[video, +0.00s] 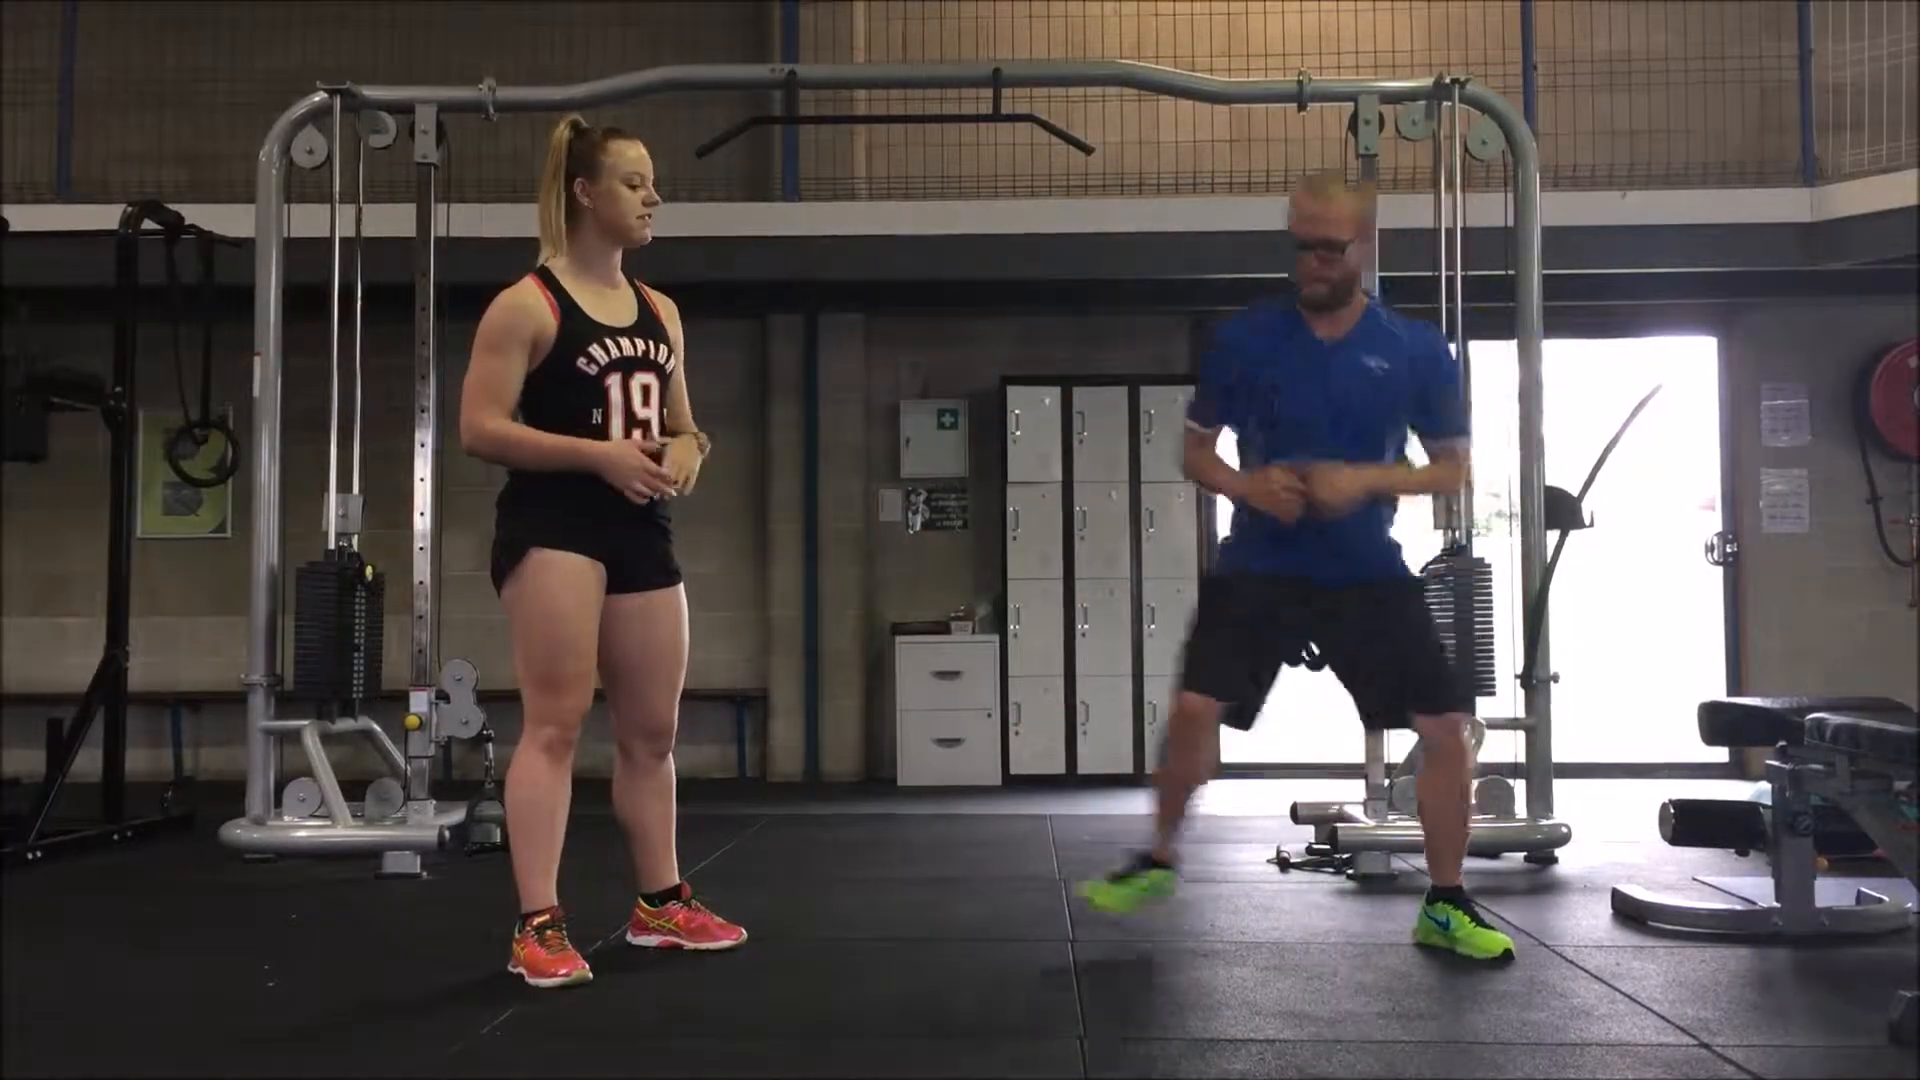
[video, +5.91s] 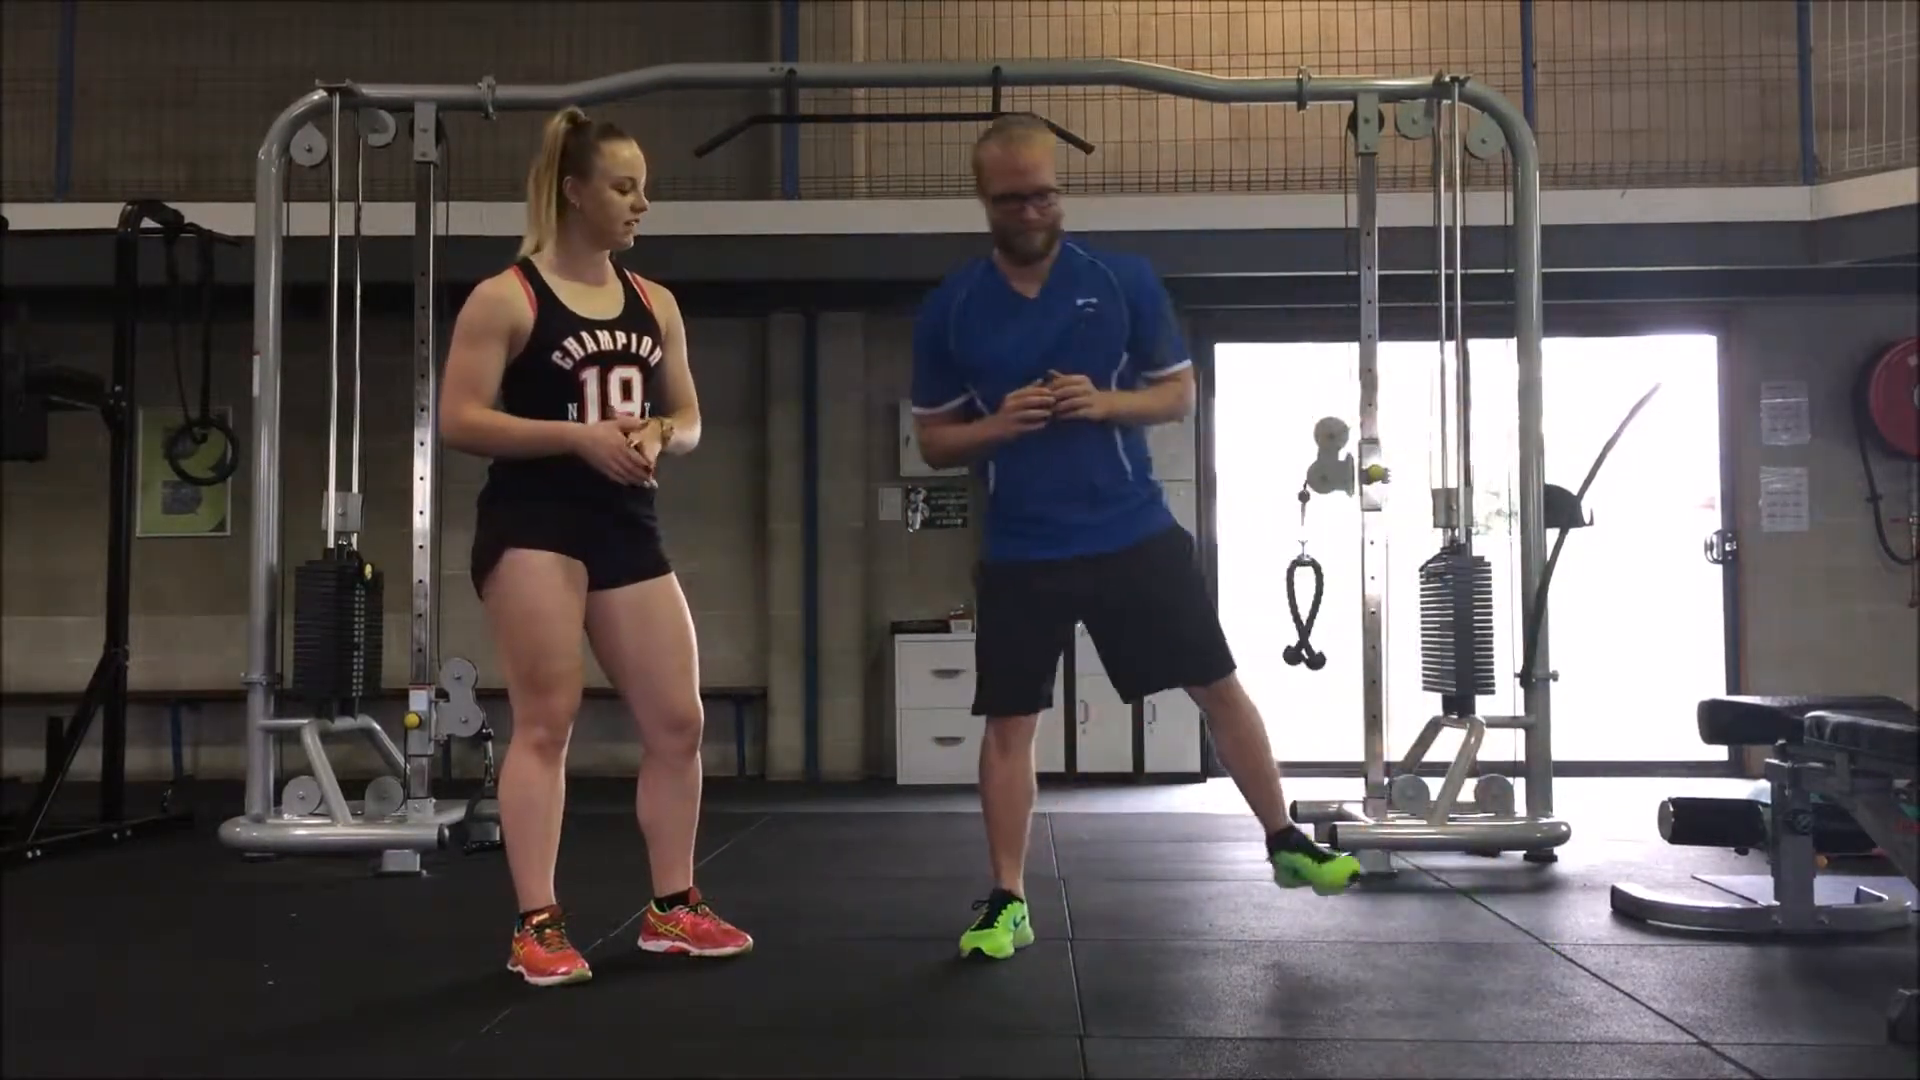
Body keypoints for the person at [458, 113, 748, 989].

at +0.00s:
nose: (652, 198)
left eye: (653, 185)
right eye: (636, 184)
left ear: (624, 200)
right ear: (584, 192)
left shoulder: (658, 311)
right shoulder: (524, 307)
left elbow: (682, 426)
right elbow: (480, 428)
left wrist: (687, 452)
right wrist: (597, 454)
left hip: (642, 534)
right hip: (555, 533)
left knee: (650, 735)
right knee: (553, 727)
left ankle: (662, 903)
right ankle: (538, 926)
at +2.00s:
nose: (654, 184)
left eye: (656, 170)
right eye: (637, 169)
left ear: (638, 182)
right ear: (586, 176)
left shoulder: (665, 294)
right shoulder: (524, 288)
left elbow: (717, 399)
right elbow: (468, 410)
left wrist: (756, 432)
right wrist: (557, 471)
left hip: (650, 529)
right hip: (555, 528)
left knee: (670, 724)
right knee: (548, 725)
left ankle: (673, 905)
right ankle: (539, 925)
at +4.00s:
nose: (629, 181)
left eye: (641, 169)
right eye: (610, 168)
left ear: (656, 187)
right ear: (574, 186)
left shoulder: (684, 303)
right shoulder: (530, 293)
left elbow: (708, 416)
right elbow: (478, 414)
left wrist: (691, 498)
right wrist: (571, 479)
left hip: (652, 533)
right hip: (551, 530)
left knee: (683, 726)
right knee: (548, 725)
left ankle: (674, 907)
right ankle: (538, 926)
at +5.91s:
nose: (640, 201)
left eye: (643, 187)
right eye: (624, 186)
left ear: (631, 196)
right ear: (570, 189)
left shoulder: (655, 303)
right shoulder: (502, 299)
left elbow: (686, 417)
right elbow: (459, 420)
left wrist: (664, 437)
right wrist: (575, 436)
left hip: (625, 528)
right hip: (532, 525)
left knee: (678, 720)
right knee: (544, 720)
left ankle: (674, 906)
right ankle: (538, 924)